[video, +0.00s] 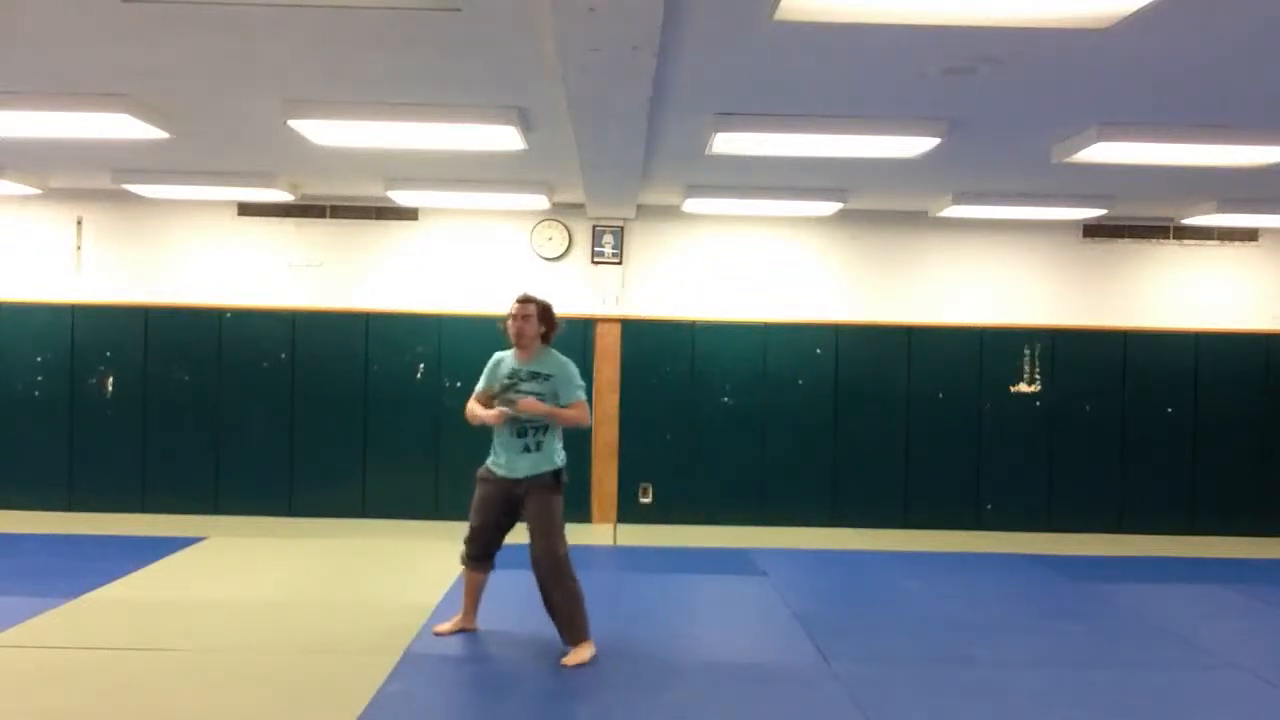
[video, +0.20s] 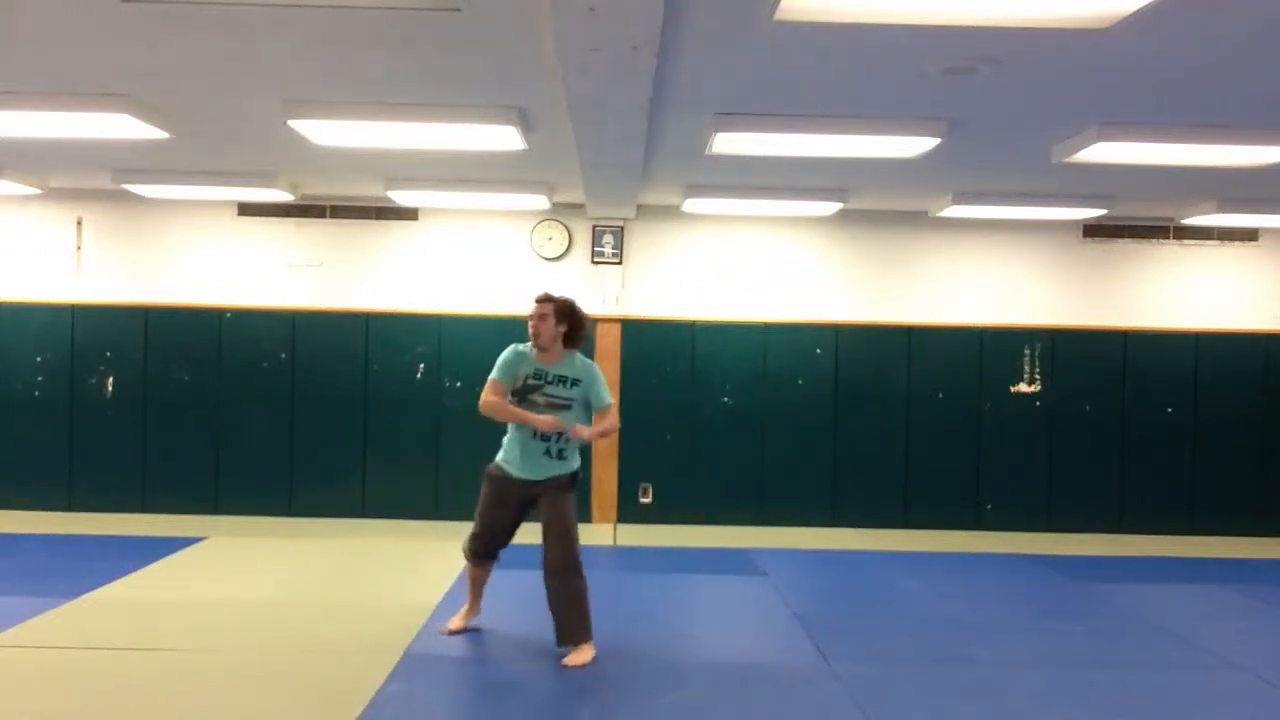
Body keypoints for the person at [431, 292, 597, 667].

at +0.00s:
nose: (519, 324)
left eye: (527, 318)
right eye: (515, 318)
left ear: (543, 325)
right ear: (508, 323)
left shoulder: (561, 367)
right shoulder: (498, 362)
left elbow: (582, 416)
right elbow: (471, 407)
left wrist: (540, 410)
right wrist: (485, 414)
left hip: (542, 474)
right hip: (498, 472)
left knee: (549, 556)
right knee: (477, 545)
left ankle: (581, 642)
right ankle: (467, 617)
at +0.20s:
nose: (533, 324)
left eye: (542, 318)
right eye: (532, 318)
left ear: (563, 326)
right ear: (530, 323)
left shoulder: (586, 370)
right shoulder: (516, 356)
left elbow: (610, 420)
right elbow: (487, 403)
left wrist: (590, 431)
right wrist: (534, 419)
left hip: (557, 477)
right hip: (509, 471)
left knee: (562, 559)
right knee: (481, 546)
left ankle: (581, 642)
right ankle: (471, 607)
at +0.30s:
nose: (530, 324)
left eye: (540, 318)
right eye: (530, 317)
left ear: (561, 327)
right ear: (529, 323)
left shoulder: (586, 368)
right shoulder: (515, 355)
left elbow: (607, 414)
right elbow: (495, 403)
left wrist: (601, 446)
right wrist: (546, 420)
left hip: (558, 476)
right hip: (510, 469)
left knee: (565, 558)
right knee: (481, 543)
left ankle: (581, 641)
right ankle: (483, 593)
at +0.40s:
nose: (520, 325)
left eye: (528, 320)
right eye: (520, 319)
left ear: (550, 327)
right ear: (522, 325)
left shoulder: (580, 368)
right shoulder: (509, 359)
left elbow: (600, 415)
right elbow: (495, 408)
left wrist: (599, 457)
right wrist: (544, 431)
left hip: (557, 476)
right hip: (509, 471)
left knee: (566, 558)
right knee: (482, 543)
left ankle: (581, 642)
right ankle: (495, 593)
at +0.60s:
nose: (477, 330)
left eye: (484, 324)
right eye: (479, 323)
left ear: (506, 333)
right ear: (495, 334)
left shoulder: (549, 372)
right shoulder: (481, 365)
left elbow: (586, 409)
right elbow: (445, 394)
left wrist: (598, 460)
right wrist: (485, 407)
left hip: (545, 477)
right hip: (503, 476)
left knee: (556, 560)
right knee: (493, 553)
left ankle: (579, 643)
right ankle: (511, 611)